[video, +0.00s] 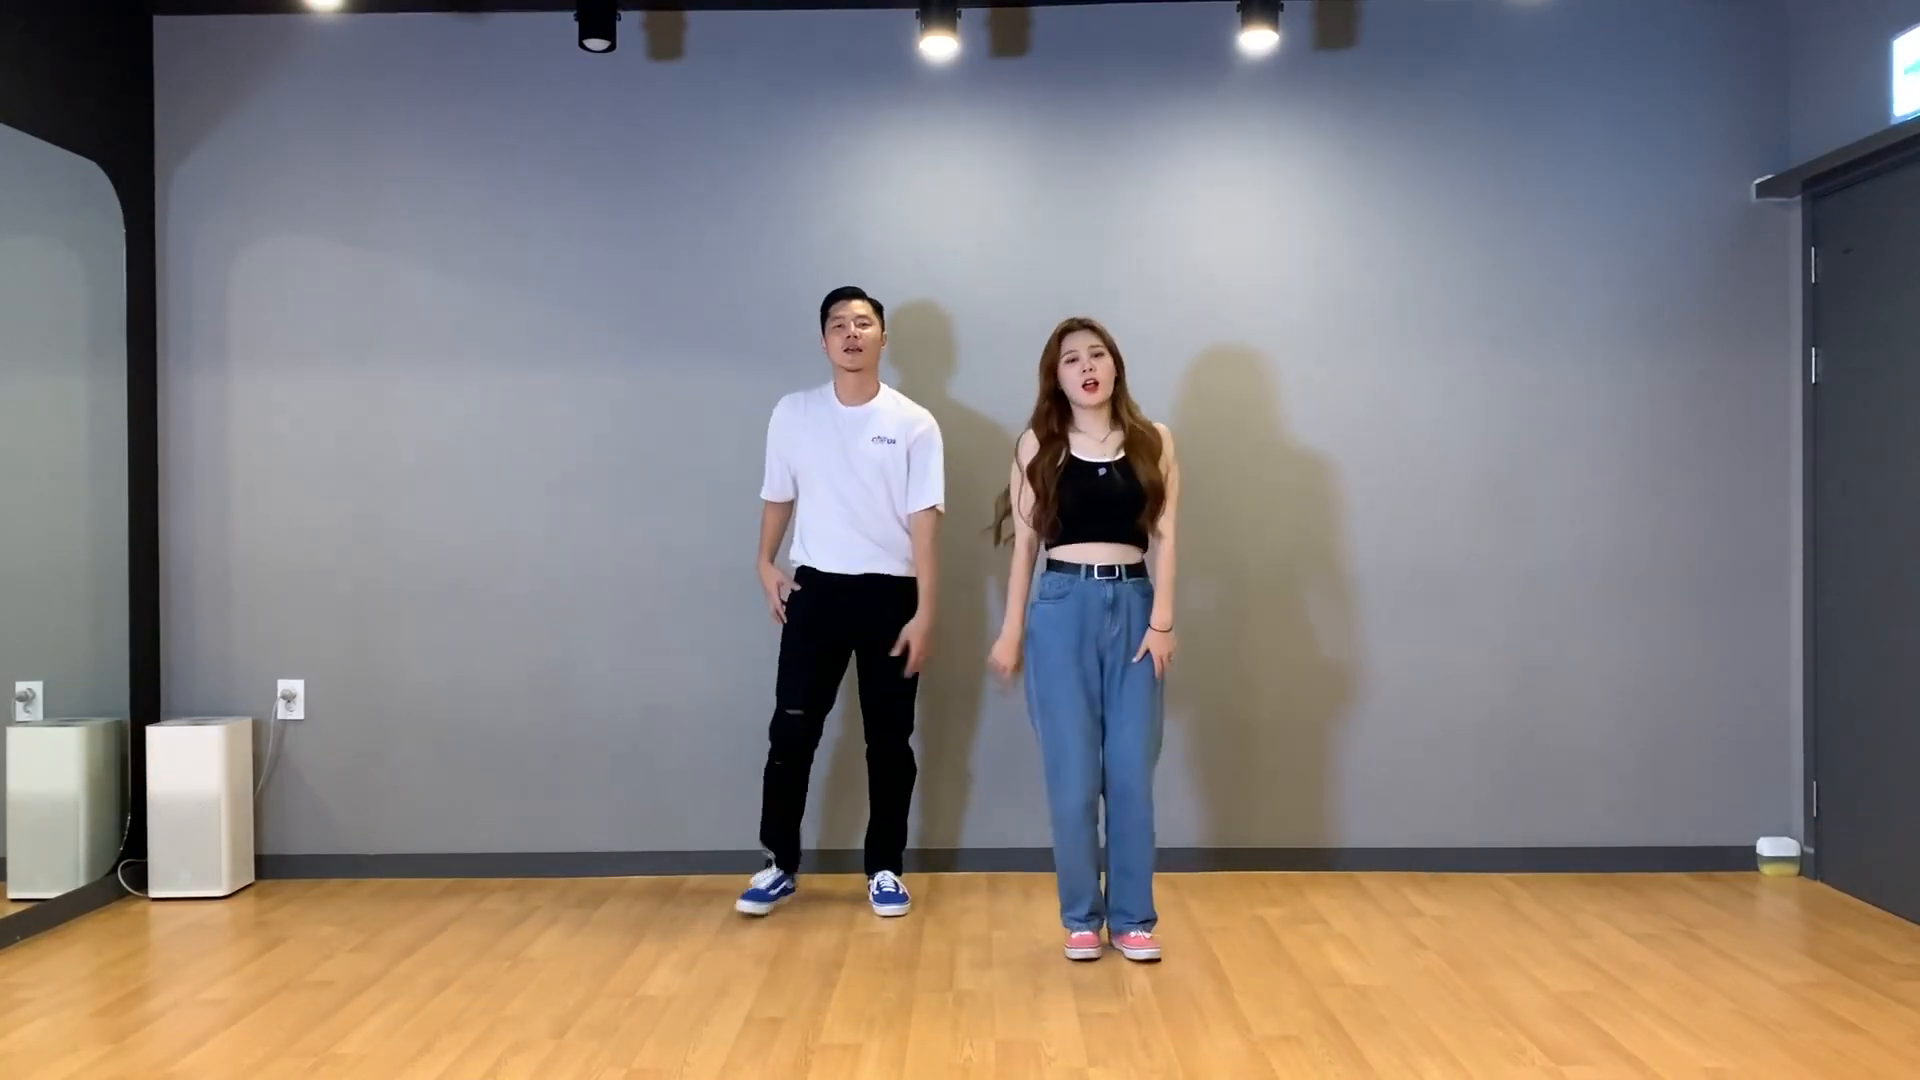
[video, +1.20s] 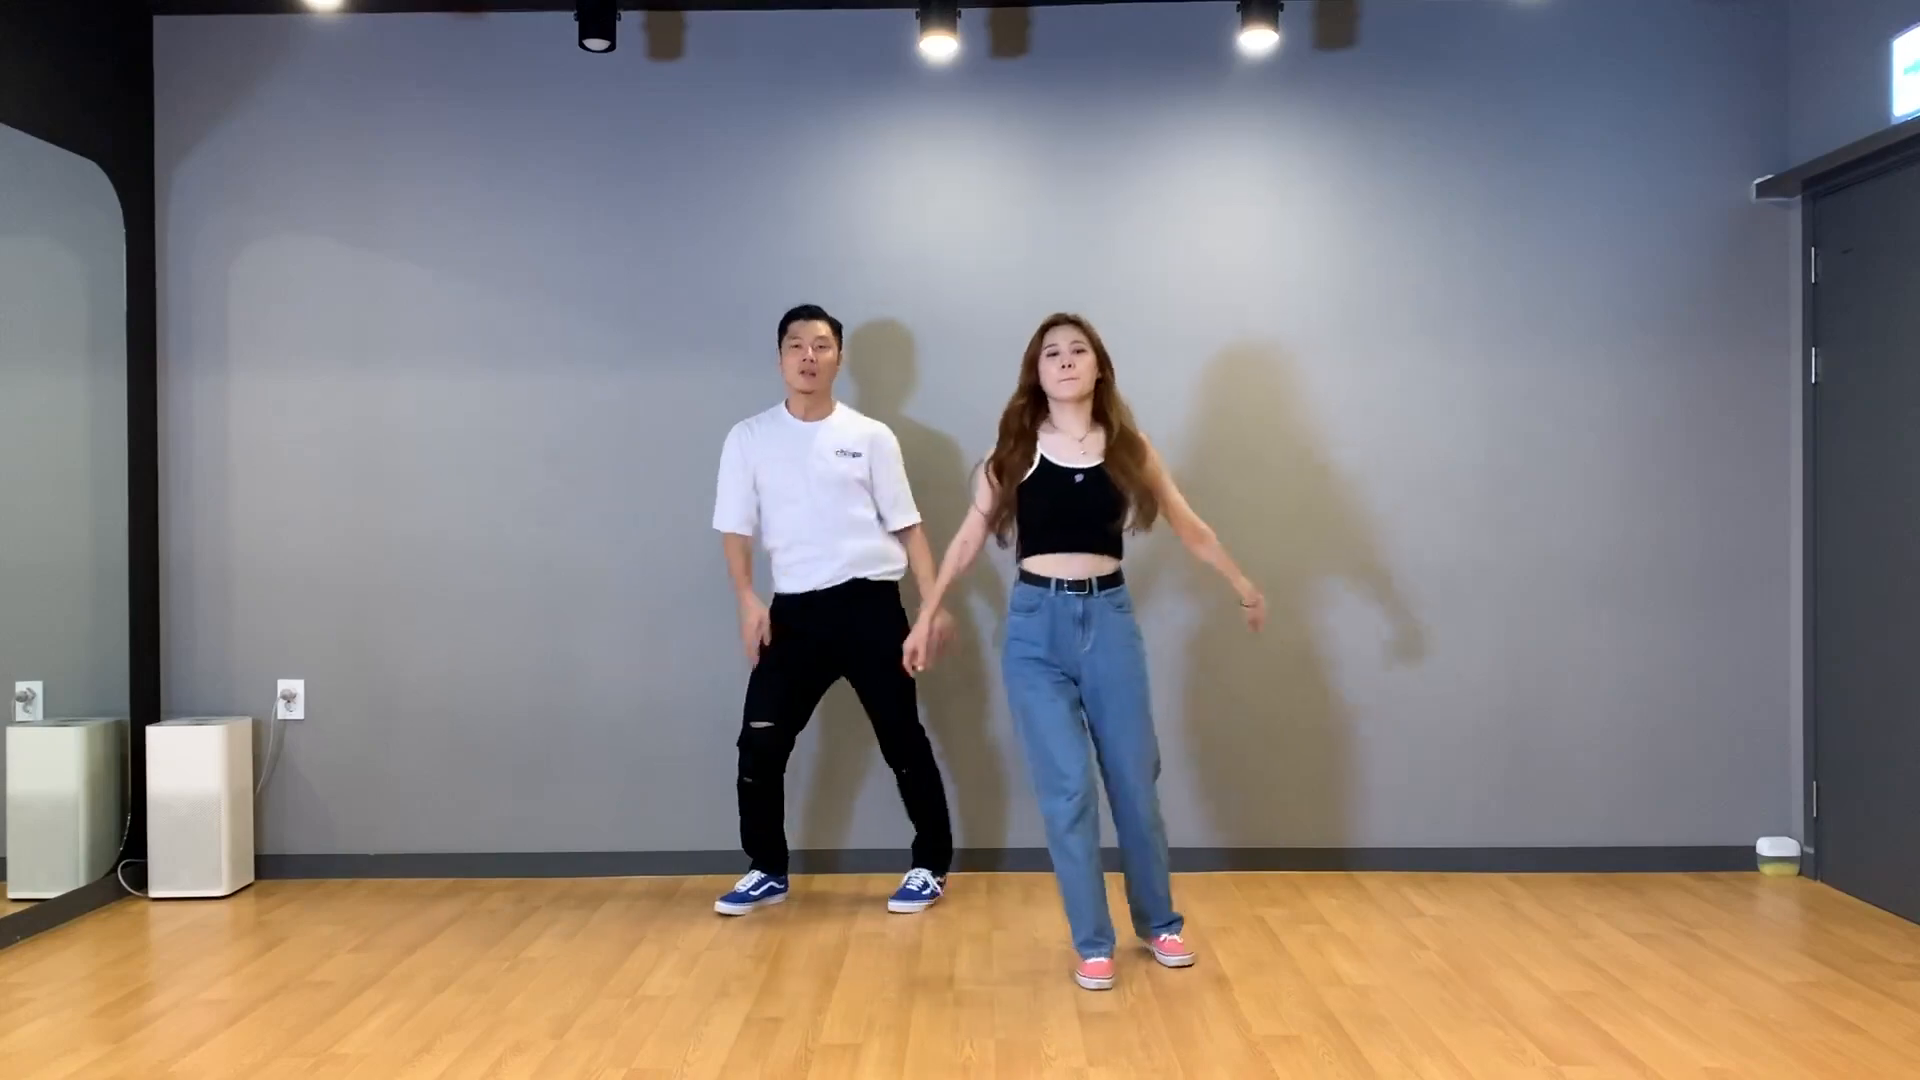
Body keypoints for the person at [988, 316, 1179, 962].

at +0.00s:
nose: (1086, 368)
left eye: (1096, 356)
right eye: (1071, 361)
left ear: (1115, 365)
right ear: (1057, 375)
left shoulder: (1154, 441)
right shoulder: (1036, 446)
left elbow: (1162, 537)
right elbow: (1025, 541)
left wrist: (1161, 620)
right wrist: (1012, 628)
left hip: (1134, 609)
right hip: (1060, 609)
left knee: (1131, 771)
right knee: (1072, 772)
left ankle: (1133, 917)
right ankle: (1080, 916)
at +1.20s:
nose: (1067, 362)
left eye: (1078, 352)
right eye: (1053, 355)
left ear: (1100, 368)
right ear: (1035, 374)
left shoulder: (1127, 447)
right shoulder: (1012, 454)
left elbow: (1189, 527)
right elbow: (969, 538)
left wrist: (1241, 581)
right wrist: (928, 612)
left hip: (1109, 622)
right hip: (1033, 625)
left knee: (1134, 781)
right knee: (1067, 788)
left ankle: (1159, 923)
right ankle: (1092, 944)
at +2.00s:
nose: (936, 388)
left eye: (948, 378)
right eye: (925, 377)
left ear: (966, 390)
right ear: (906, 386)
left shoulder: (983, 442)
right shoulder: (887, 439)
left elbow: (1028, 345)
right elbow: (827, 351)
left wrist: (1048, 254)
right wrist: (801, 262)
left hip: (962, 629)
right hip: (887, 624)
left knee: (993, 787)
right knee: (845, 776)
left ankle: (1020, 911)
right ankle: (789, 915)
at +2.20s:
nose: (923, 387)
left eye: (936, 377)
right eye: (914, 376)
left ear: (956, 391)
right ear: (897, 387)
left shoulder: (973, 447)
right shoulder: (880, 457)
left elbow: (951, 480)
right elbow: (823, 478)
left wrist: (961, 401)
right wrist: (843, 402)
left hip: (936, 635)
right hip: (873, 626)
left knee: (958, 805)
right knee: (828, 782)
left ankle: (1047, 902)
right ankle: (791, 915)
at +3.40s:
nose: (1179, 371)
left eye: (1188, 355)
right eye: (1163, 363)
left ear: (1210, 357)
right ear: (1148, 375)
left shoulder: (1244, 418)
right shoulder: (1140, 432)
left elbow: (1316, 495)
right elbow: (1116, 495)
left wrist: (1243, 548)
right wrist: (1116, 557)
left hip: (1223, 621)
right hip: (1150, 622)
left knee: (1288, 780)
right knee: (1131, 789)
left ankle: (1355, 927)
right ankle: (1126, 935)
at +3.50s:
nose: (1191, 385)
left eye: (1196, 368)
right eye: (1174, 381)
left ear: (1217, 368)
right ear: (1161, 396)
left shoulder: (1257, 439)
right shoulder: (1158, 450)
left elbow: (1254, 550)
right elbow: (1134, 553)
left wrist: (1236, 639)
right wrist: (1113, 639)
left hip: (1226, 612)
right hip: (1153, 613)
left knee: (1282, 781)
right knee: (1137, 781)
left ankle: (1355, 928)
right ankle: (1124, 935)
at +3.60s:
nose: (1189, 402)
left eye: (1195, 386)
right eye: (1172, 399)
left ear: (1217, 388)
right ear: (1161, 417)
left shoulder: (1259, 457)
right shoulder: (1169, 477)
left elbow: (1227, 562)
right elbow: (1147, 567)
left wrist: (1171, 628)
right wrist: (1098, 628)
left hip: (1237, 619)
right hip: (1167, 618)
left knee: (1254, 805)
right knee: (1126, 793)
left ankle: (1349, 929)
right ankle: (1122, 938)